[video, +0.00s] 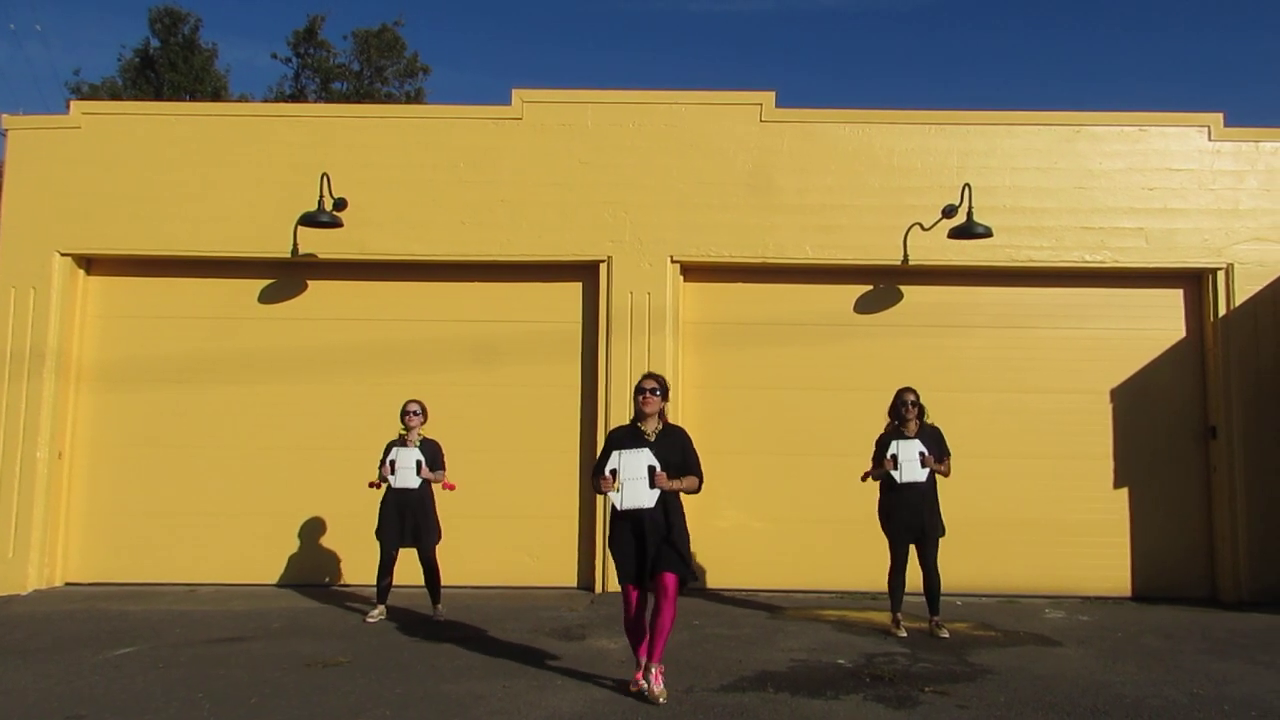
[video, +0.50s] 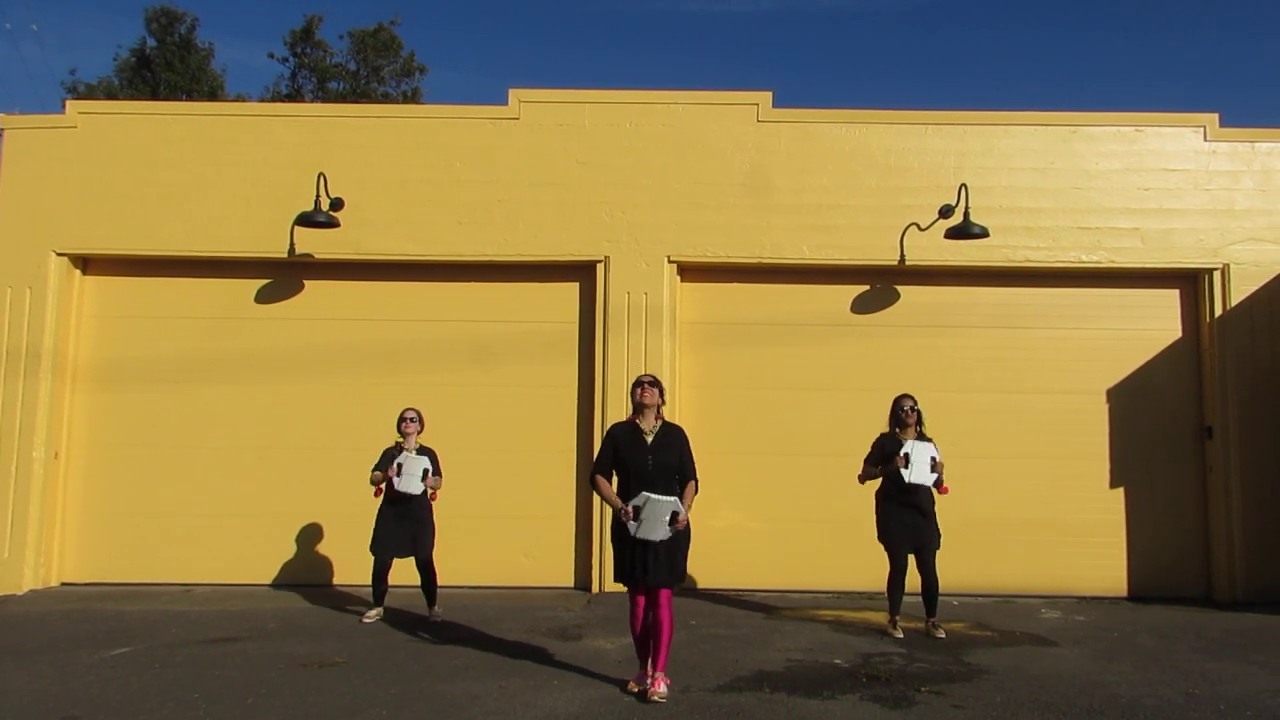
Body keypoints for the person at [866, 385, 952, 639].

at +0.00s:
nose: (909, 408)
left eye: (913, 404)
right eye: (903, 404)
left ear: (919, 407)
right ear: (896, 408)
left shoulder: (932, 434)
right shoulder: (886, 439)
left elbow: (946, 471)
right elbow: (874, 475)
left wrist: (933, 465)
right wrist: (885, 469)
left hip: (926, 511)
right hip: (896, 512)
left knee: (930, 565)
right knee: (898, 563)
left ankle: (935, 619)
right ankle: (896, 618)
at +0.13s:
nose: (908, 409)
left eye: (912, 405)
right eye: (903, 405)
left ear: (919, 408)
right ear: (895, 409)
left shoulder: (932, 434)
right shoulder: (887, 440)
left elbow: (949, 470)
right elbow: (872, 477)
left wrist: (934, 465)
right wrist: (885, 469)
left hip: (926, 511)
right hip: (896, 513)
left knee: (929, 565)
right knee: (896, 564)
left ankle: (934, 620)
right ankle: (895, 617)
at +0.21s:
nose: (909, 407)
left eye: (913, 403)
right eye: (903, 403)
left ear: (919, 406)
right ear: (896, 407)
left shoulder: (931, 433)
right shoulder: (887, 436)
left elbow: (946, 466)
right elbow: (872, 474)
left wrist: (936, 464)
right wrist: (886, 466)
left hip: (926, 510)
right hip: (896, 511)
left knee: (929, 564)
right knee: (898, 563)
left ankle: (934, 620)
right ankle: (895, 618)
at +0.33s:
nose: (909, 407)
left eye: (913, 404)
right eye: (903, 404)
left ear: (919, 407)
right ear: (895, 408)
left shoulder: (929, 436)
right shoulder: (884, 437)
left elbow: (942, 475)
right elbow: (865, 471)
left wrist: (936, 468)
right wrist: (886, 470)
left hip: (926, 509)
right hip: (895, 510)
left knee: (929, 565)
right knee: (900, 564)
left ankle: (933, 620)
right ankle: (895, 620)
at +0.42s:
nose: (909, 413)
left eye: (913, 409)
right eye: (903, 409)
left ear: (919, 413)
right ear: (895, 414)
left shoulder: (928, 443)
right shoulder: (883, 443)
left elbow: (938, 481)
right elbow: (864, 475)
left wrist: (935, 474)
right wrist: (885, 475)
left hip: (924, 512)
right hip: (894, 513)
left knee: (929, 568)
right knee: (901, 567)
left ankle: (932, 621)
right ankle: (894, 621)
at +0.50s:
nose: (908, 413)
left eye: (912, 409)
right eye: (903, 409)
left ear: (918, 413)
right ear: (895, 414)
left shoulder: (927, 444)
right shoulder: (885, 441)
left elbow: (938, 483)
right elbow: (863, 475)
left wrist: (937, 470)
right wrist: (891, 467)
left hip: (923, 514)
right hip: (893, 513)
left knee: (928, 569)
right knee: (898, 567)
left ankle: (931, 621)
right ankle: (894, 621)